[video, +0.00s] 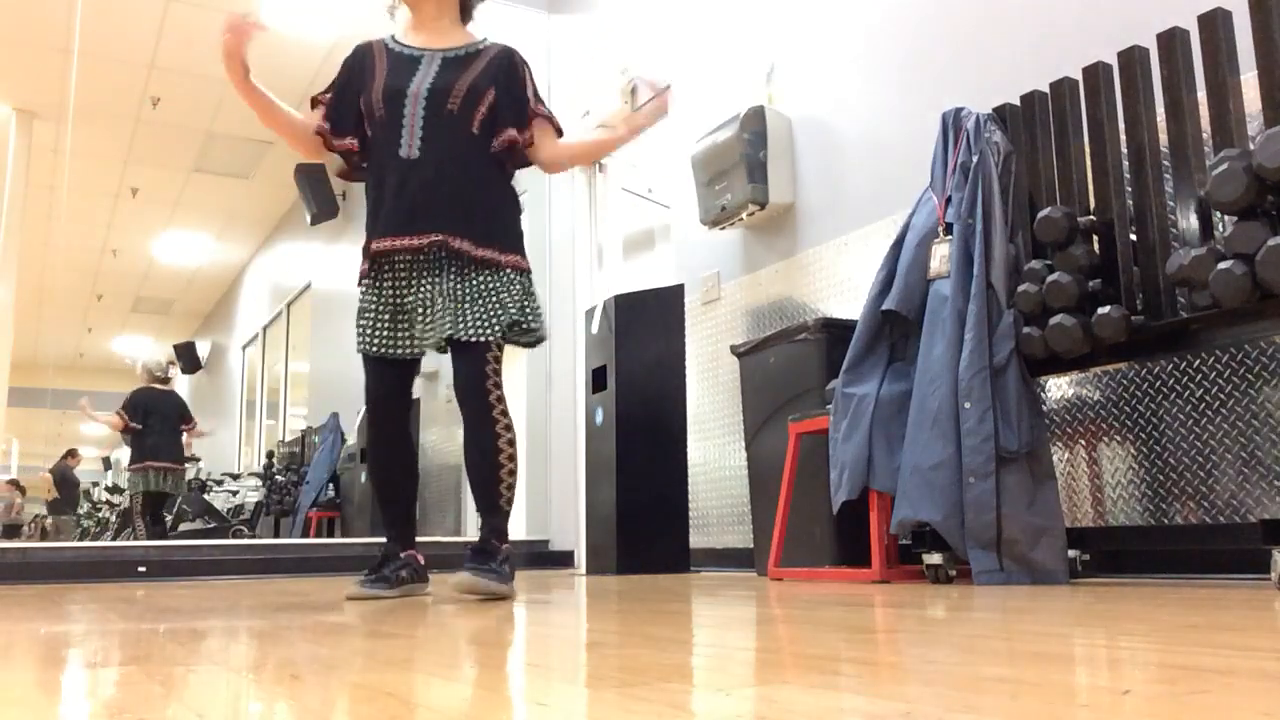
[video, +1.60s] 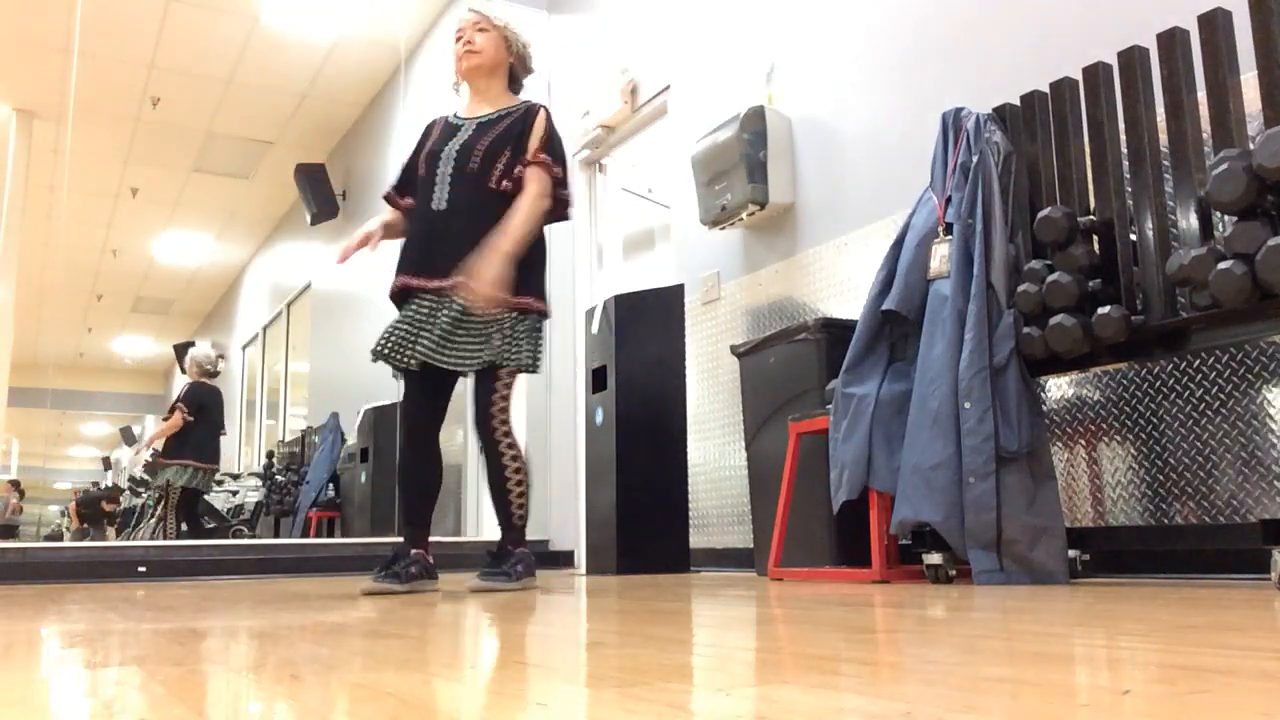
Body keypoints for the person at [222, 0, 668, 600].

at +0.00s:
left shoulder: (499, 61)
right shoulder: (370, 57)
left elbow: (550, 153)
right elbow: (317, 141)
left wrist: (629, 127)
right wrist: (242, 80)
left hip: (480, 249)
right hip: (394, 251)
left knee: (479, 386)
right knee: (385, 397)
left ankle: (492, 550)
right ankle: (402, 552)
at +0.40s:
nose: (444, 8)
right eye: (443, 2)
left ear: (497, 13)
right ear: (443, 24)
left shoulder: (534, 85)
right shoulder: (426, 100)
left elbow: (618, 135)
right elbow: (366, 171)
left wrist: (582, 86)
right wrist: (329, 100)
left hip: (510, 268)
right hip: (432, 268)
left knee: (515, 416)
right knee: (420, 415)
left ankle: (543, 552)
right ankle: (405, 555)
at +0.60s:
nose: (470, 17)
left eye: (485, 7)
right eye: (464, 10)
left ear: (518, 25)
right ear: (459, 30)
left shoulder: (553, 97)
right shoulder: (444, 113)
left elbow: (600, 177)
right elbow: (409, 198)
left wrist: (607, 143)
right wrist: (356, 154)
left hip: (539, 275)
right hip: (462, 279)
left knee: (533, 416)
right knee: (430, 406)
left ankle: (545, 553)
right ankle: (412, 549)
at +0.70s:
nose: (481, 29)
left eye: (496, 20)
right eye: (475, 23)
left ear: (529, 38)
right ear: (469, 43)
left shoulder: (560, 110)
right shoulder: (454, 122)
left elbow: (593, 194)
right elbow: (430, 214)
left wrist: (603, 184)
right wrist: (391, 219)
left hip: (545, 277)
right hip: (472, 281)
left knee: (538, 416)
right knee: (443, 403)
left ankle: (545, 553)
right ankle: (452, 551)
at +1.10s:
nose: (486, 31)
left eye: (501, 23)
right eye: (478, 27)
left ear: (532, 45)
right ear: (472, 51)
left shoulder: (555, 114)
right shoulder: (452, 119)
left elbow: (590, 191)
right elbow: (429, 204)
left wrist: (516, 149)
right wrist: (412, 278)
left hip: (529, 282)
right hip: (454, 282)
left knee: (534, 415)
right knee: (420, 409)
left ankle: (547, 550)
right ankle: (418, 545)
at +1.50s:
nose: (463, 40)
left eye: (477, 32)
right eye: (457, 36)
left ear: (509, 52)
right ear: (454, 60)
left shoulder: (528, 118)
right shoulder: (433, 126)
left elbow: (530, 192)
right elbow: (398, 204)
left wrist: (456, 220)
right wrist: (363, 238)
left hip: (494, 290)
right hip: (423, 288)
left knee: (482, 417)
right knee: (414, 422)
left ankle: (514, 549)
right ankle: (415, 553)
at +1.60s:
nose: (464, 39)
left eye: (479, 31)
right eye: (459, 35)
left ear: (510, 53)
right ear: (455, 58)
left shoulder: (531, 118)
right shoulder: (438, 129)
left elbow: (536, 197)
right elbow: (410, 211)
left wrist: (496, 257)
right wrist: (379, 227)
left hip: (501, 291)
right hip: (430, 289)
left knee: (492, 423)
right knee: (417, 425)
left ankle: (515, 551)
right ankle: (415, 553)